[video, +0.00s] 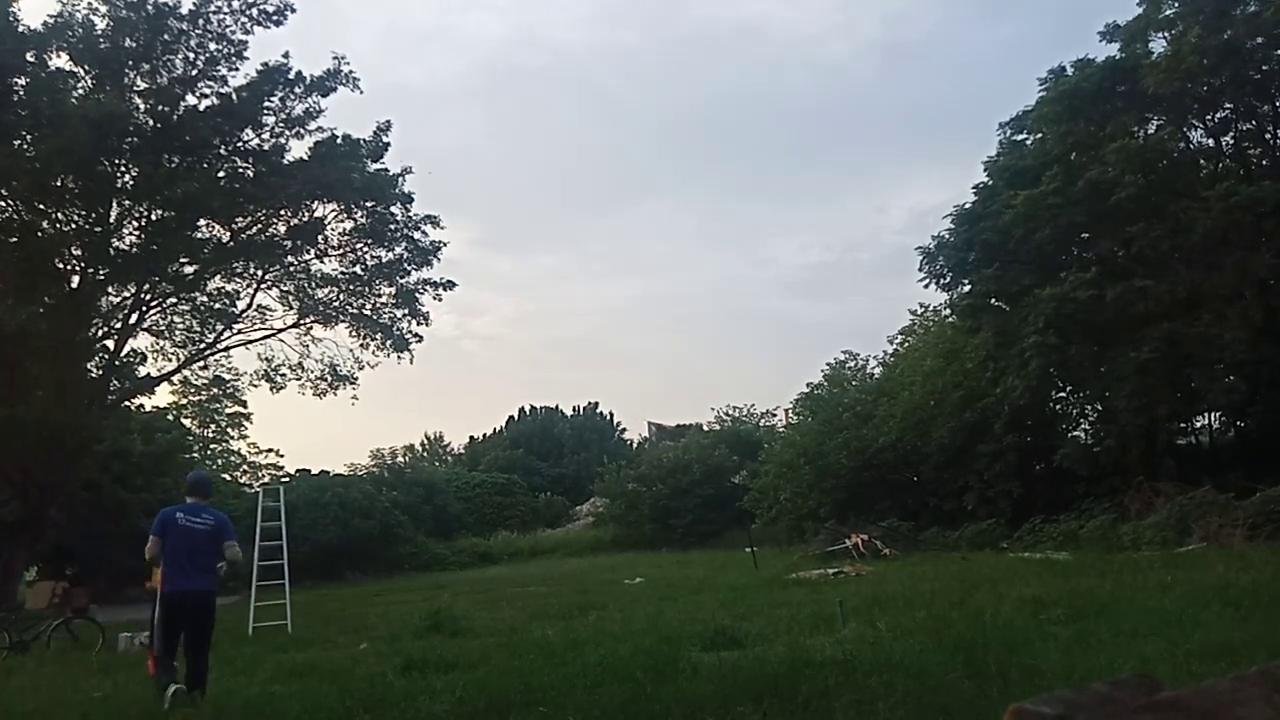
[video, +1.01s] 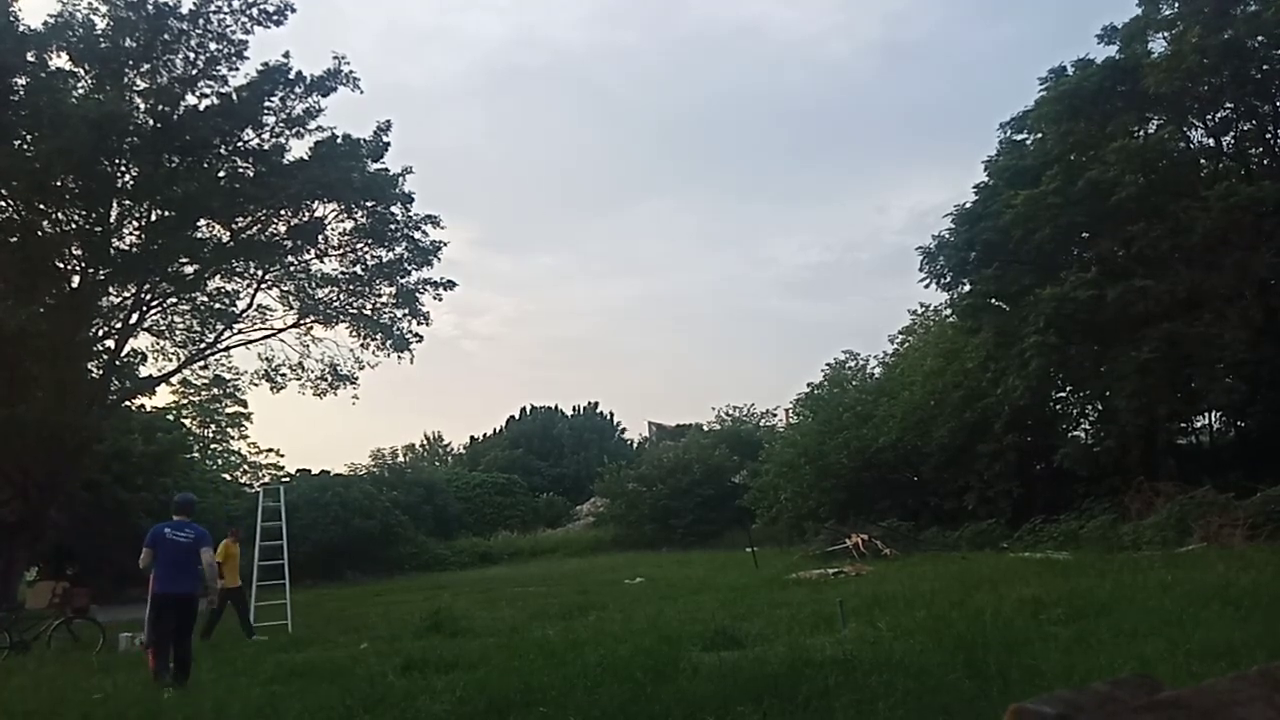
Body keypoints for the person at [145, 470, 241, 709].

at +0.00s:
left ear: (185, 492)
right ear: (209, 494)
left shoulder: (167, 515)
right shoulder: (219, 520)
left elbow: (151, 553)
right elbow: (234, 555)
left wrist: (167, 554)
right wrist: (223, 562)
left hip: (172, 596)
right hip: (204, 597)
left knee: (164, 650)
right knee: (198, 650)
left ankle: (170, 686)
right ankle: (196, 700)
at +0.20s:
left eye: (185, 490)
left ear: (183, 491)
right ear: (207, 492)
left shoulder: (168, 514)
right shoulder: (219, 517)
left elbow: (151, 551)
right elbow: (230, 554)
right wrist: (216, 544)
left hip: (172, 591)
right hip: (203, 592)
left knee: (164, 641)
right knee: (198, 645)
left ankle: (168, 691)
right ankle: (195, 695)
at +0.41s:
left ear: (176, 499)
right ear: (199, 500)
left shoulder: (162, 525)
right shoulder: (213, 525)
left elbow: (149, 561)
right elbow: (224, 561)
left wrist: (169, 556)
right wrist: (206, 565)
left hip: (170, 597)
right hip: (201, 596)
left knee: (165, 649)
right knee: (196, 648)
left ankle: (161, 698)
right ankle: (192, 700)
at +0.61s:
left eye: (170, 504)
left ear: (168, 504)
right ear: (189, 502)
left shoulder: (156, 526)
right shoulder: (204, 524)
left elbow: (144, 561)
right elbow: (219, 557)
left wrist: (160, 551)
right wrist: (220, 584)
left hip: (164, 596)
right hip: (195, 596)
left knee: (162, 646)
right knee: (196, 639)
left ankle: (161, 692)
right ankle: (191, 670)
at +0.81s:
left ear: (168, 503)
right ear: (189, 504)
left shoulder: (154, 525)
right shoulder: (200, 526)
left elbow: (141, 559)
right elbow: (209, 556)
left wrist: (156, 548)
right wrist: (219, 580)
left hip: (161, 594)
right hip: (191, 594)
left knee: (162, 639)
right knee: (189, 637)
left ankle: (163, 677)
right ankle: (183, 682)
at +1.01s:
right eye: (189, 510)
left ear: (172, 510)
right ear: (191, 511)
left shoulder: (157, 531)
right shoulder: (200, 533)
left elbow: (143, 563)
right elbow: (208, 562)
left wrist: (157, 555)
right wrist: (213, 591)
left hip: (162, 595)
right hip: (188, 595)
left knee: (159, 639)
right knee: (184, 640)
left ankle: (162, 680)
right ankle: (181, 682)